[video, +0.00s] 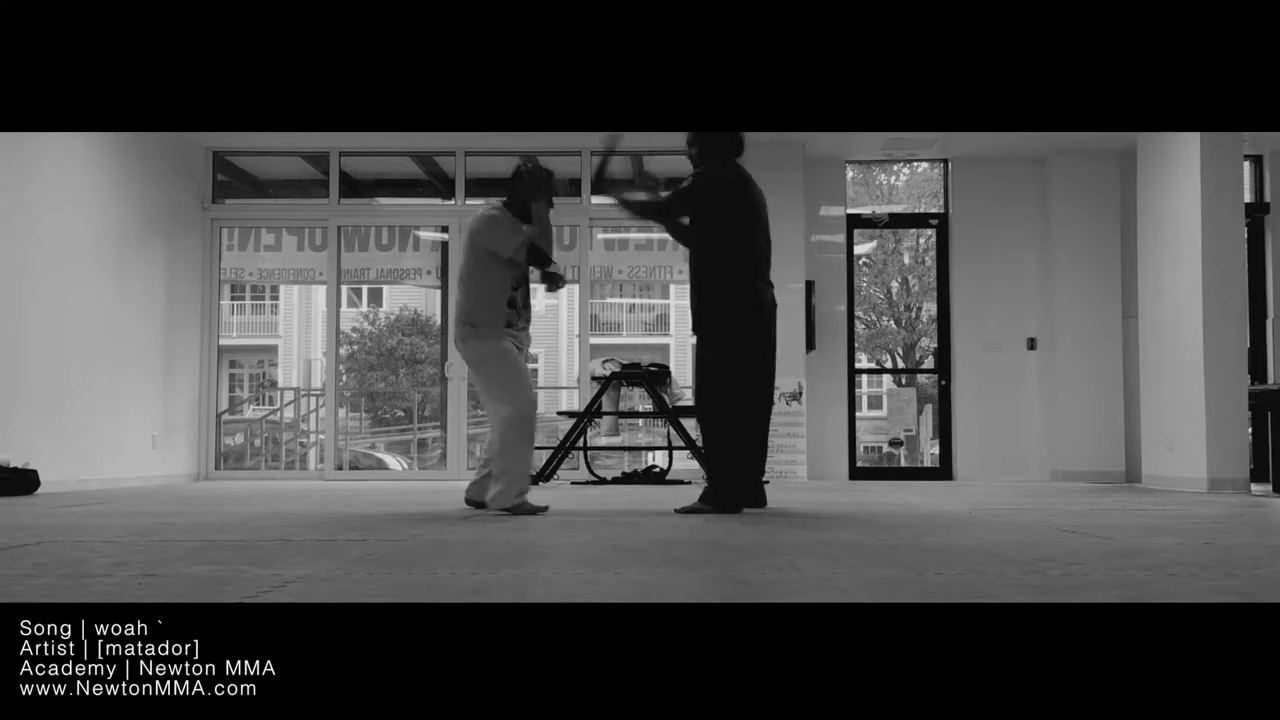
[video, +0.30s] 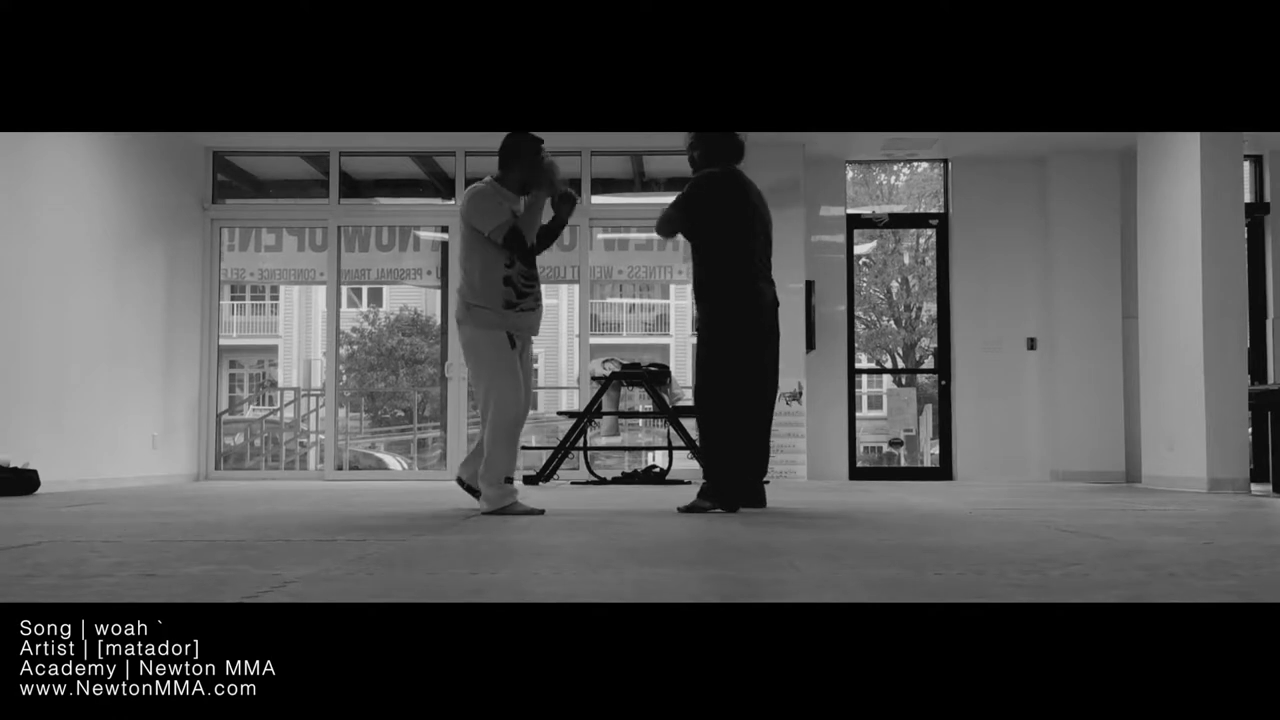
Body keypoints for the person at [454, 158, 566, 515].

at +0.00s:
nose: (546, 209)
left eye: (546, 203)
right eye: (544, 203)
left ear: (519, 194)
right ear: (528, 198)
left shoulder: (506, 224)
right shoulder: (492, 222)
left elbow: (529, 268)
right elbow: (543, 255)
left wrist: (550, 277)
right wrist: (542, 206)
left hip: (502, 335)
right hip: (484, 334)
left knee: (511, 408)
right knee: (519, 406)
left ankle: (484, 487)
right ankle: (508, 497)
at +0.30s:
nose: (541, 170)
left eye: (541, 162)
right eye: (537, 162)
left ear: (517, 164)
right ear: (517, 163)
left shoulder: (518, 203)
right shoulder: (481, 197)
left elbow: (532, 247)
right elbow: (522, 245)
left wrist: (557, 212)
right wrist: (543, 201)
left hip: (514, 323)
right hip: (486, 321)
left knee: (519, 402)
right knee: (507, 401)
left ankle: (474, 473)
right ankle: (497, 496)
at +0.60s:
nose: (543, 191)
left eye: (542, 184)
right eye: (542, 184)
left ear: (510, 176)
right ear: (536, 179)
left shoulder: (482, 203)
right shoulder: (522, 195)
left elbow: (480, 258)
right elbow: (530, 253)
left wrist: (518, 273)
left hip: (458, 322)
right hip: (489, 322)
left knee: (483, 407)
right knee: (521, 404)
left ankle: (463, 492)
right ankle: (498, 497)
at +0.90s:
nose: (514, 189)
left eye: (514, 184)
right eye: (512, 183)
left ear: (478, 181)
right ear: (501, 181)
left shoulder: (448, 214)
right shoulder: (509, 201)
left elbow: (444, 271)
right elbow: (529, 248)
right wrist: (542, 264)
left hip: (457, 322)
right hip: (498, 318)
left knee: (475, 407)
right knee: (528, 396)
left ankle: (465, 494)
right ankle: (529, 476)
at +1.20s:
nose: (519, 177)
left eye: (519, 171)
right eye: (517, 170)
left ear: (484, 166)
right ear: (505, 168)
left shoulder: (476, 201)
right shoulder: (483, 189)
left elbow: (513, 253)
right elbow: (483, 231)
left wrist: (528, 211)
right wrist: (531, 225)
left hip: (451, 316)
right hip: (472, 317)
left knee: (466, 409)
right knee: (501, 400)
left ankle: (464, 492)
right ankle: (499, 484)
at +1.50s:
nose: (508, 191)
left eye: (508, 184)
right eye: (504, 184)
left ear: (483, 184)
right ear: (488, 184)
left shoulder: (487, 229)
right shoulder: (467, 206)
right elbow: (460, 252)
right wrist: (504, 272)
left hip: (481, 336)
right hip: (453, 330)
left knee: (489, 417)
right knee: (448, 416)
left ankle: (490, 496)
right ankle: (399, 491)